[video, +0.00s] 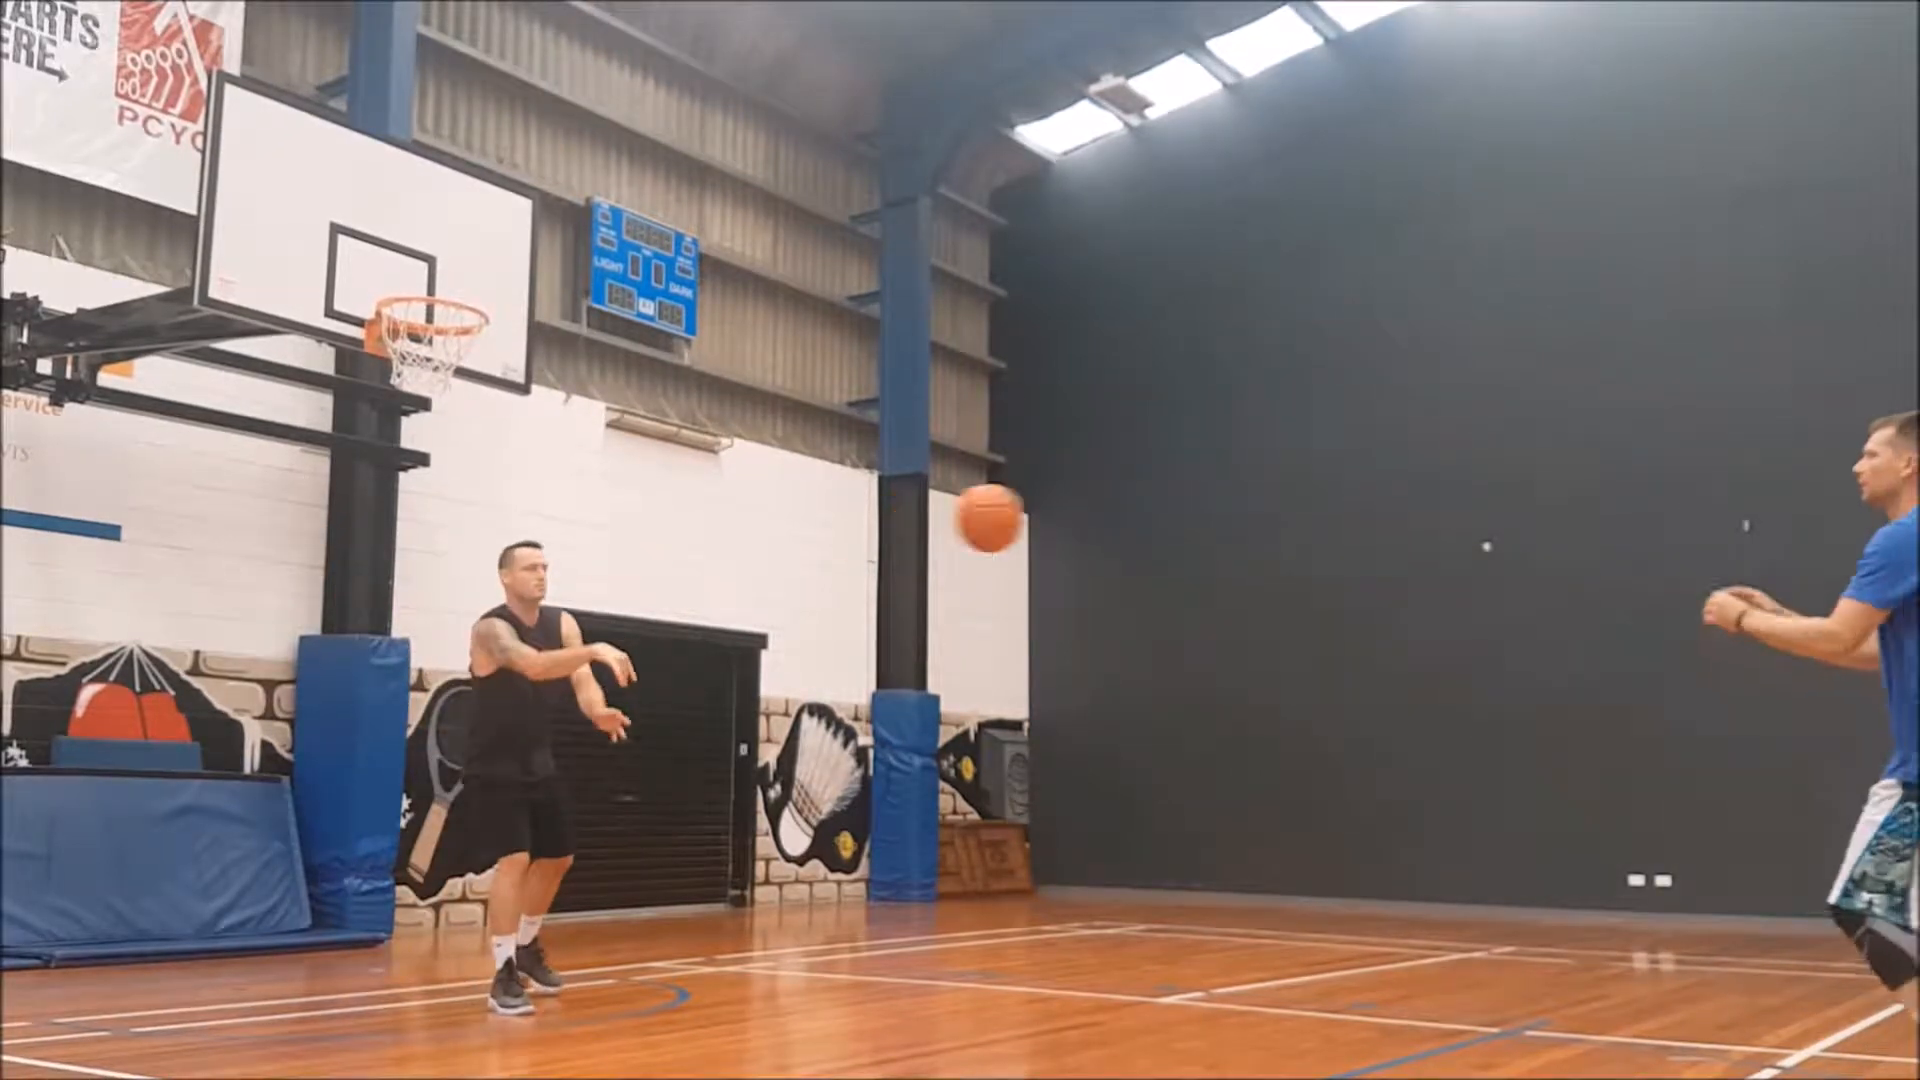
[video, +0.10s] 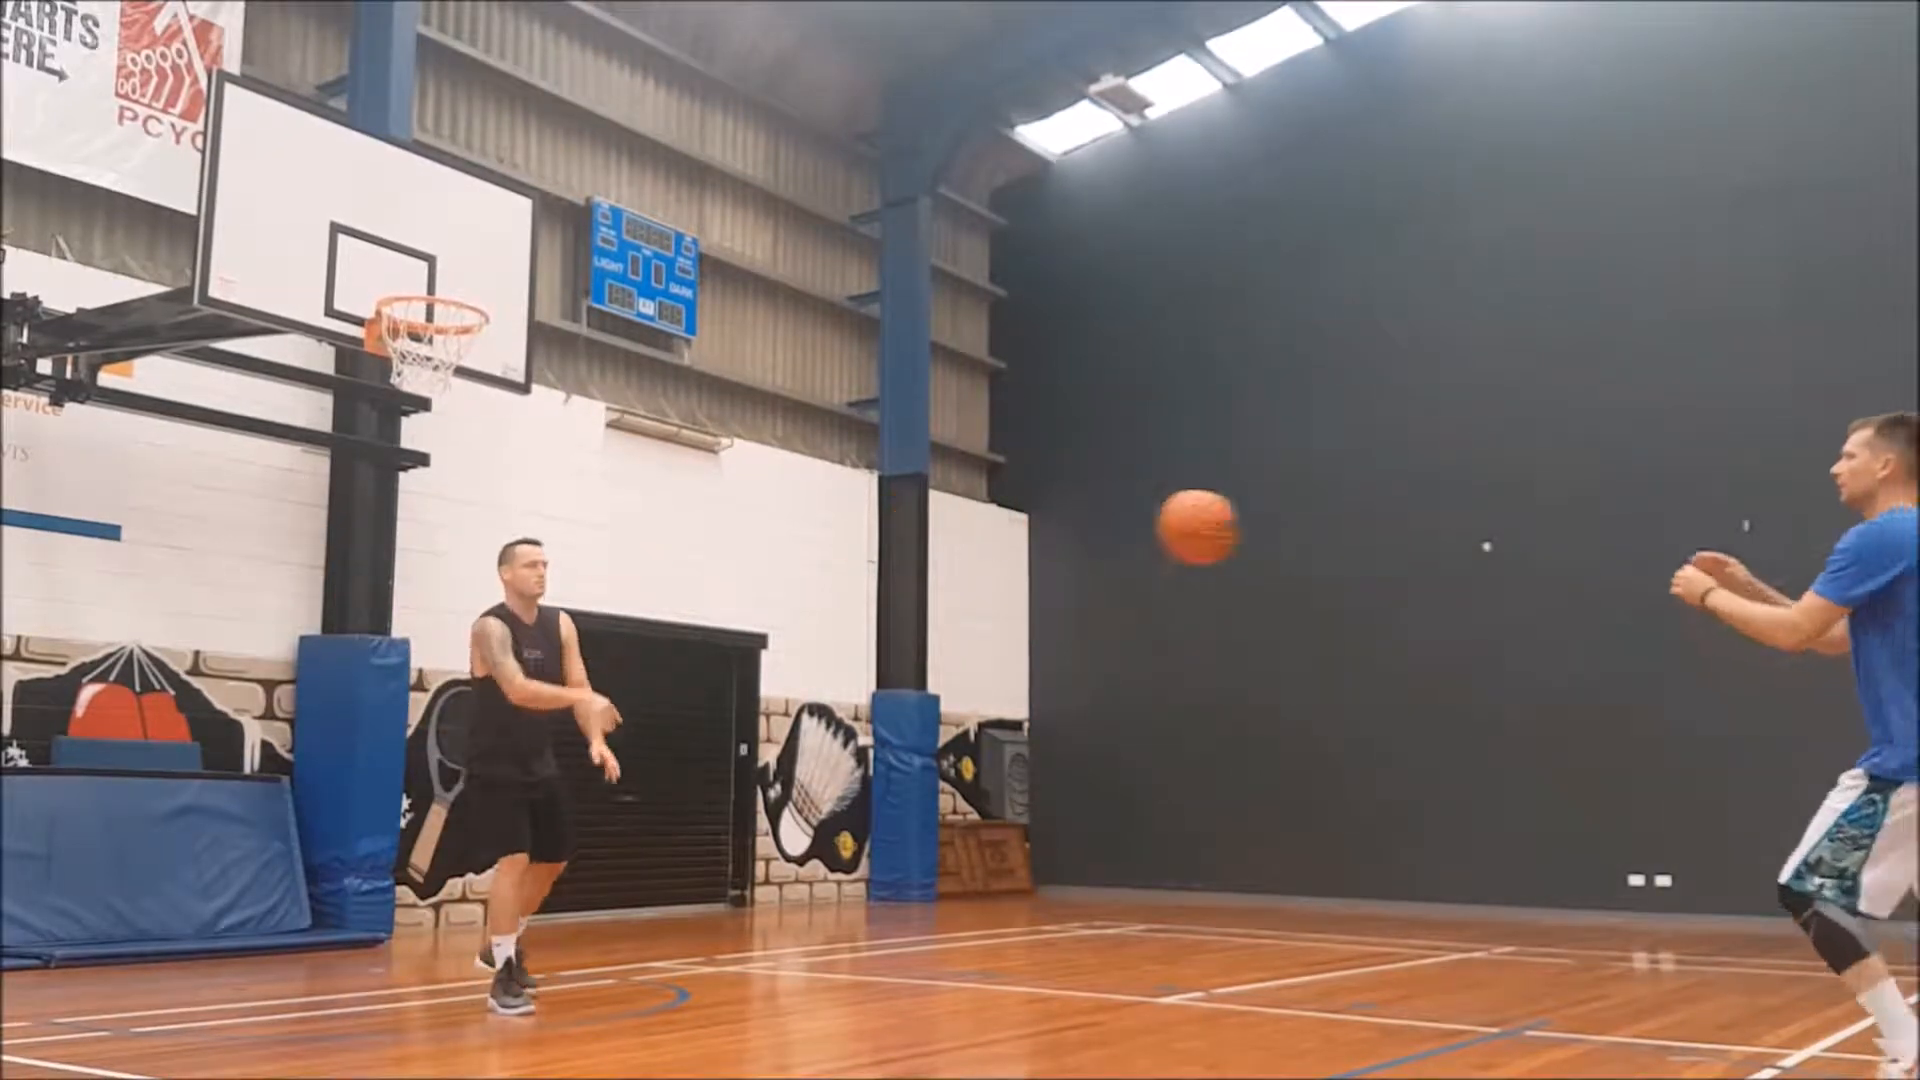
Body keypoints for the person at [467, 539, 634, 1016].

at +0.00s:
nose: (541, 576)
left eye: (543, 569)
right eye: (530, 569)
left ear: (547, 575)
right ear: (505, 578)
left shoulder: (563, 624)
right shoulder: (491, 629)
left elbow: (582, 678)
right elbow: (533, 666)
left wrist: (598, 711)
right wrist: (593, 652)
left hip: (539, 767)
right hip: (495, 769)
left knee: (557, 855)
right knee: (514, 857)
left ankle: (524, 946)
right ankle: (504, 974)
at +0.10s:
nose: (541, 573)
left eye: (543, 566)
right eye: (530, 566)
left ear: (546, 574)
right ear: (505, 575)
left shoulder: (561, 624)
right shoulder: (490, 628)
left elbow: (580, 688)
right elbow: (517, 689)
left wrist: (596, 739)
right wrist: (583, 699)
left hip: (542, 765)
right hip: (497, 767)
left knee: (553, 858)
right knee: (514, 856)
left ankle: (501, 937)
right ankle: (506, 971)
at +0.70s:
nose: (530, 579)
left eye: (534, 574)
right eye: (521, 572)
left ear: (538, 585)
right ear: (499, 580)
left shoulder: (551, 641)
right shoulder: (466, 631)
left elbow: (559, 709)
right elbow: (420, 686)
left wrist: (564, 772)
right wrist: (375, 740)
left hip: (528, 775)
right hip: (476, 770)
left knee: (506, 867)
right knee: (469, 861)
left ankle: (486, 966)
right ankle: (442, 963)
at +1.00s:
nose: (505, 588)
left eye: (512, 584)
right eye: (498, 581)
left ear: (517, 595)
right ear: (479, 589)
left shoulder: (534, 644)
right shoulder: (449, 640)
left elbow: (550, 699)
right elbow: (436, 703)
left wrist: (564, 737)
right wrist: (459, 750)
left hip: (511, 774)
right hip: (453, 770)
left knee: (498, 867)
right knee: (439, 863)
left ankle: (485, 963)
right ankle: (441, 934)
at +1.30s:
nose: (481, 597)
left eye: (487, 593)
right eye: (473, 592)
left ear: (494, 606)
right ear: (457, 603)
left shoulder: (516, 656)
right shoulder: (431, 655)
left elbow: (525, 715)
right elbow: (415, 720)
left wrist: (527, 757)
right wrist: (450, 756)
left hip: (492, 779)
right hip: (439, 779)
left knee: (477, 867)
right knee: (444, 868)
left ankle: (479, 957)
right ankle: (452, 955)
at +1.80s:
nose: (455, 590)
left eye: (461, 586)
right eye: (446, 588)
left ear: (473, 601)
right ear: (435, 605)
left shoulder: (502, 647)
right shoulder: (422, 658)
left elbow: (527, 705)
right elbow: (402, 722)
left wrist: (546, 759)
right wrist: (364, 773)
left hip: (485, 776)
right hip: (433, 777)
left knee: (473, 863)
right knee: (443, 865)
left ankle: (472, 958)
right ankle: (452, 955)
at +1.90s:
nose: (451, 589)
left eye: (457, 586)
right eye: (442, 588)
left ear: (470, 601)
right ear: (432, 607)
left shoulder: (501, 647)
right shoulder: (421, 659)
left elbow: (526, 703)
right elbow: (406, 724)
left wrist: (544, 754)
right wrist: (372, 775)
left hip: (485, 776)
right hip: (433, 777)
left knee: (473, 864)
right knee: (444, 866)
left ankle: (473, 959)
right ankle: (452, 955)